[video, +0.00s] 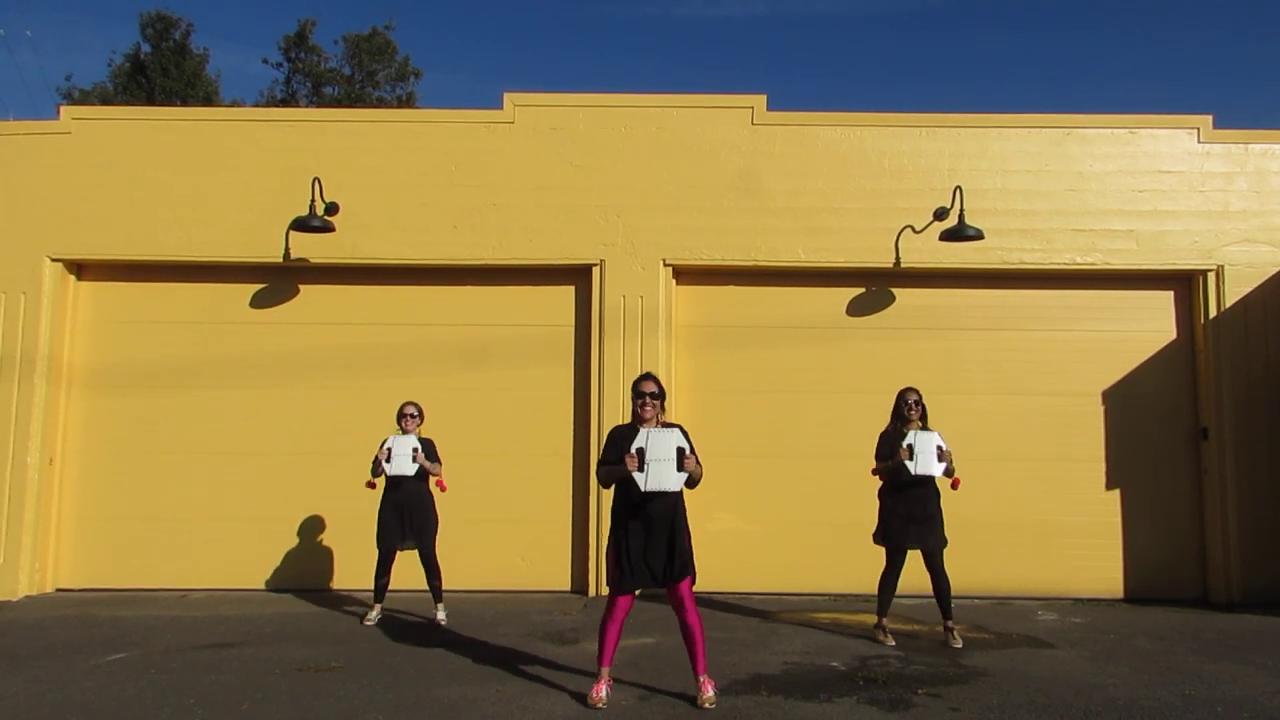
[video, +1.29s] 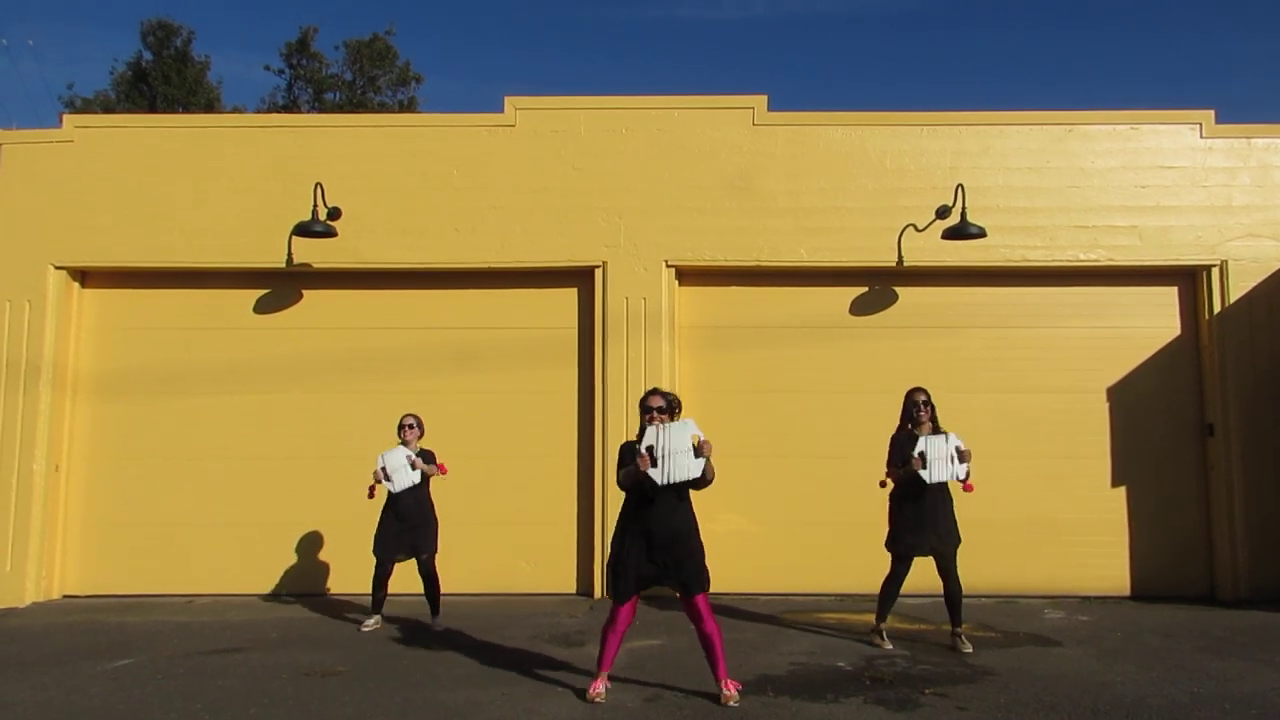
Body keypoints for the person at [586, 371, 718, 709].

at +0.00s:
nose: (645, 401)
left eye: (652, 396)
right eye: (640, 395)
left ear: (661, 401)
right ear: (632, 399)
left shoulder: (676, 434)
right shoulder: (620, 435)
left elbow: (693, 481)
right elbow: (603, 477)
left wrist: (694, 469)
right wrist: (623, 467)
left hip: (671, 532)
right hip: (629, 532)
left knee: (684, 602)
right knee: (619, 603)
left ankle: (702, 679)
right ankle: (603, 678)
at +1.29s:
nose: (653, 416)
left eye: (660, 411)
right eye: (647, 411)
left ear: (672, 415)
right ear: (640, 415)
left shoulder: (681, 447)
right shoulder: (631, 449)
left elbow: (702, 482)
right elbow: (623, 482)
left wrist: (704, 458)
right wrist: (638, 469)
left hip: (679, 540)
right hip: (636, 541)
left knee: (701, 613)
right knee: (621, 614)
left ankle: (724, 683)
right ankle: (600, 679)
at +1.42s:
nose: (660, 393)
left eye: (667, 388)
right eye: (655, 388)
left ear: (678, 392)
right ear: (647, 393)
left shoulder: (694, 423)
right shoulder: (638, 430)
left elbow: (736, 433)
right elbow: (626, 469)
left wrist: (741, 399)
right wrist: (608, 476)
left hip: (689, 522)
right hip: (647, 523)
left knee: (707, 593)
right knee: (628, 592)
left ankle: (728, 668)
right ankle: (608, 658)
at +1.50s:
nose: (665, 394)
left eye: (672, 389)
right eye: (660, 389)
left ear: (686, 392)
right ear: (653, 392)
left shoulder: (704, 417)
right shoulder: (647, 427)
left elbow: (741, 395)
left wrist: (755, 362)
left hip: (696, 515)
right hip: (654, 516)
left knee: (713, 594)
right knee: (636, 592)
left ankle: (731, 668)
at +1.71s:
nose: (684, 408)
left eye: (688, 402)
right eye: (677, 403)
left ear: (694, 402)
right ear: (665, 405)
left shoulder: (707, 427)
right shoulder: (654, 441)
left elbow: (736, 399)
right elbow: (629, 479)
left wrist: (732, 364)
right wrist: (600, 502)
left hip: (703, 526)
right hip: (661, 527)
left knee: (724, 600)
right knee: (634, 592)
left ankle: (737, 668)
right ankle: (626, 598)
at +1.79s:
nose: (670, 408)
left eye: (677, 402)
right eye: (665, 403)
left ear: (691, 404)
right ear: (659, 405)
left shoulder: (701, 432)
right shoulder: (650, 440)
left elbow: (729, 440)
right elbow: (630, 473)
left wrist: (717, 417)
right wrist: (615, 489)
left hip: (698, 523)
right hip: (655, 524)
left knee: (719, 596)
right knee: (627, 597)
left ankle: (744, 666)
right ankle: (608, 643)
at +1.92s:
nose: (666, 422)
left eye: (673, 417)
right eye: (660, 417)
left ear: (684, 420)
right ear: (653, 420)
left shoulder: (696, 453)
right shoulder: (644, 453)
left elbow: (710, 499)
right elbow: (624, 467)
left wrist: (709, 492)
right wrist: (636, 454)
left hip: (693, 544)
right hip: (650, 543)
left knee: (714, 614)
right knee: (628, 615)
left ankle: (743, 682)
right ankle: (604, 679)